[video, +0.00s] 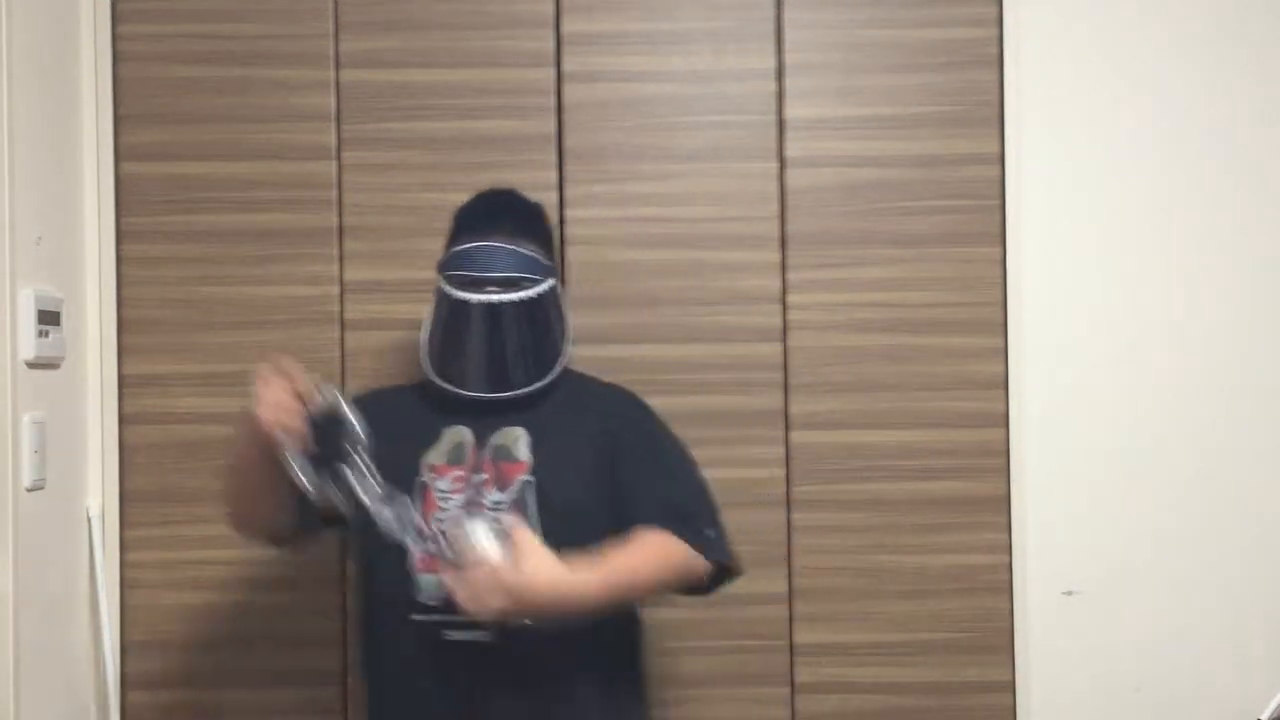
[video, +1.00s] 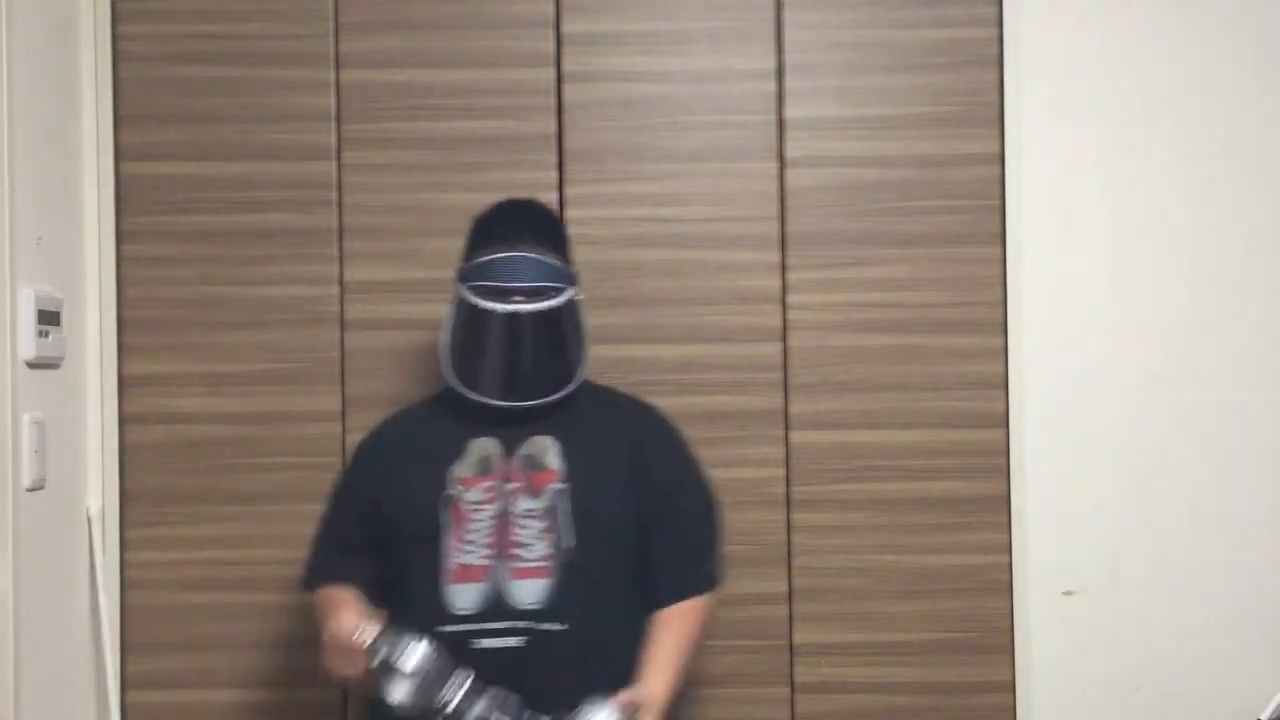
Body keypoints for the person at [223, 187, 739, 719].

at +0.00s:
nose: (492, 327)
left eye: (514, 304)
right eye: (471, 303)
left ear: (550, 301)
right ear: (443, 298)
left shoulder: (612, 422)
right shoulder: (375, 424)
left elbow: (693, 546)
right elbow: (267, 521)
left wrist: (561, 586)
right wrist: (266, 443)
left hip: (578, 700)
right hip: (418, 700)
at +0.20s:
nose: (422, 309)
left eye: (446, 286)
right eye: (400, 283)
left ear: (481, 291)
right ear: (366, 282)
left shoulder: (530, 399)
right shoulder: (298, 393)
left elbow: (565, 488)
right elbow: (155, 396)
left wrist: (423, 394)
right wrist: (137, 258)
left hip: (485, 705)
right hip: (322, 702)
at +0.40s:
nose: (386, 311)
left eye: (408, 286)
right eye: (362, 285)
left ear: (446, 291)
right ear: (331, 285)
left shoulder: (495, 401)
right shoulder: (262, 395)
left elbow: (522, 493)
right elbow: (109, 399)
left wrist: (390, 398)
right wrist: (102, 272)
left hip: (440, 704)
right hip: (268, 703)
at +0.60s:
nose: (389, 307)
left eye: (414, 289)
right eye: (368, 286)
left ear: (448, 291)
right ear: (339, 285)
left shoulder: (499, 408)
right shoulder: (267, 408)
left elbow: (557, 521)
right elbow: (122, 460)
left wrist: (412, 487)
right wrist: (118, 368)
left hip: (447, 701)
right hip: (279, 701)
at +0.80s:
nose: (433, 311)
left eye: (454, 292)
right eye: (415, 289)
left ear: (488, 297)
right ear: (382, 288)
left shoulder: (544, 428)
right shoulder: (308, 423)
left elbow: (597, 571)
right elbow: (240, 524)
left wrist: (519, 668)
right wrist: (210, 572)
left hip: (479, 701)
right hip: (322, 699)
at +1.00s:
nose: (516, 334)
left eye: (536, 313)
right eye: (494, 314)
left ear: (570, 311)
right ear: (462, 309)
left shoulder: (638, 440)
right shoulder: (400, 446)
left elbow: (686, 580)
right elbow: (338, 571)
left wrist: (650, 693)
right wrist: (357, 636)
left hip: (590, 704)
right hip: (441, 701)